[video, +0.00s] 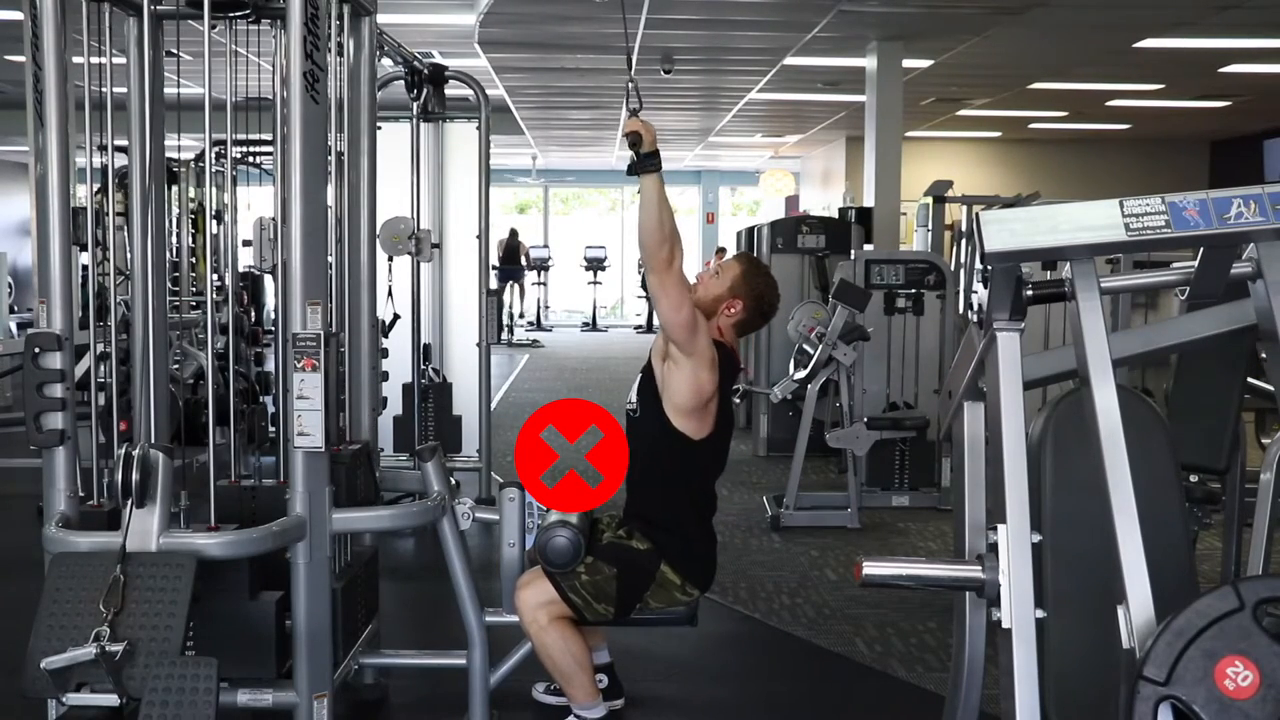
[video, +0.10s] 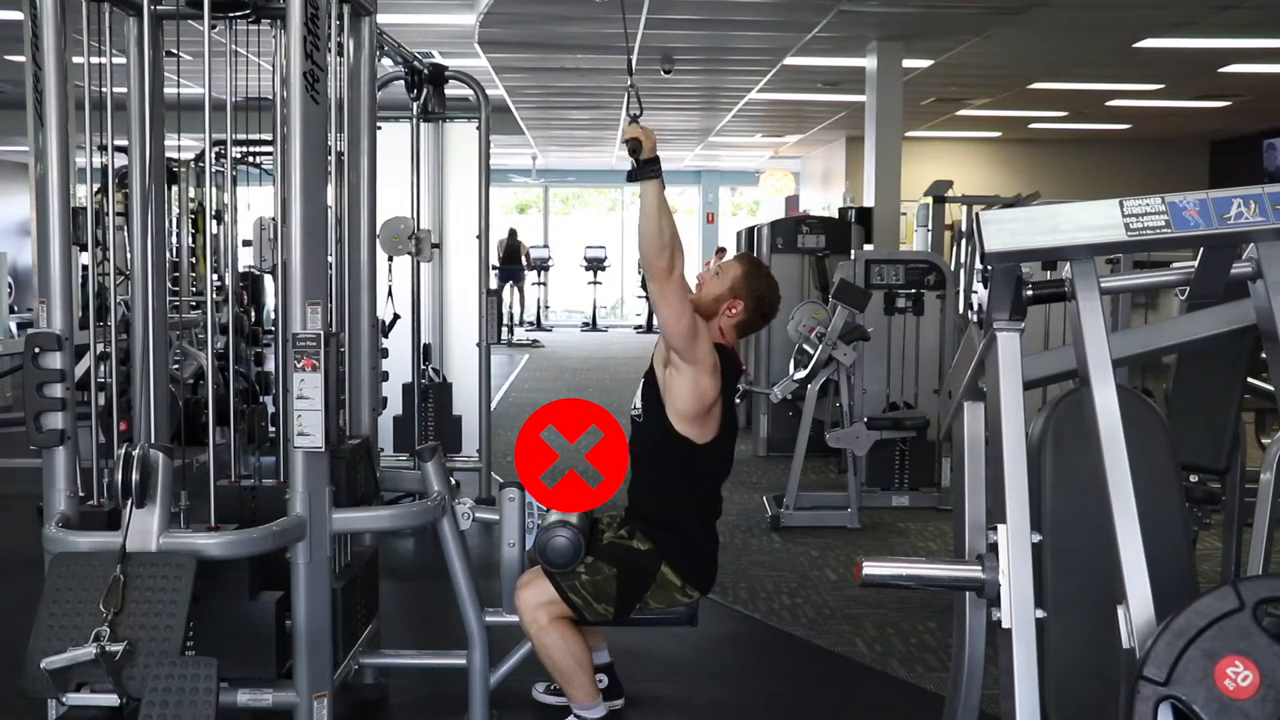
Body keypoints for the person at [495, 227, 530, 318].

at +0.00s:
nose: (514, 238)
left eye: (512, 235)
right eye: (515, 236)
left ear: (508, 234)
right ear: (517, 235)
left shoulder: (501, 243)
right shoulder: (521, 245)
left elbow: (499, 257)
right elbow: (527, 258)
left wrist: (502, 265)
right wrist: (529, 266)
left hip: (504, 270)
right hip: (517, 270)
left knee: (500, 291)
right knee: (521, 286)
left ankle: (499, 315)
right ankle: (521, 310)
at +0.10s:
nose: (513, 237)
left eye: (511, 234)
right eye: (514, 235)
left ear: (508, 234)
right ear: (517, 235)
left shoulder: (501, 243)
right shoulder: (521, 245)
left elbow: (499, 257)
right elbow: (528, 259)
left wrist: (501, 265)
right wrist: (529, 266)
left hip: (504, 270)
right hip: (518, 270)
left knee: (499, 292)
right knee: (521, 292)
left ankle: (499, 316)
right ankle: (521, 317)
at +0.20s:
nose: (511, 236)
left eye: (510, 234)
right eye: (512, 234)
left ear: (506, 234)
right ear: (515, 234)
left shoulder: (500, 243)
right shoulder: (521, 244)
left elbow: (499, 257)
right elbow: (527, 258)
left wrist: (501, 265)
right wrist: (528, 265)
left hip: (504, 270)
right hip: (517, 270)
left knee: (499, 286)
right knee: (520, 297)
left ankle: (499, 308)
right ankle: (521, 323)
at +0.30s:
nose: (509, 236)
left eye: (508, 234)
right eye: (511, 234)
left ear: (505, 234)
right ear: (514, 234)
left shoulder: (500, 243)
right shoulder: (520, 244)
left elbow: (498, 258)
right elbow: (528, 261)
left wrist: (501, 266)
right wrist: (525, 266)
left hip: (504, 271)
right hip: (517, 272)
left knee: (499, 281)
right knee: (520, 300)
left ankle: (500, 303)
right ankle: (521, 326)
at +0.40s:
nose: (509, 237)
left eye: (508, 234)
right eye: (510, 234)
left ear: (504, 235)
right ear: (513, 235)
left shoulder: (499, 243)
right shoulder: (519, 244)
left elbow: (498, 258)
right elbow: (527, 260)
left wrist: (501, 266)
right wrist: (524, 267)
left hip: (503, 271)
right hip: (516, 271)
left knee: (500, 284)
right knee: (520, 298)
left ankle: (500, 305)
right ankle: (520, 324)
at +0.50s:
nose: (509, 237)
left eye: (508, 235)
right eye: (510, 235)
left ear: (504, 235)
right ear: (513, 235)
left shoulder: (499, 243)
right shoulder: (518, 244)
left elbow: (498, 258)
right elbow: (527, 259)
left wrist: (500, 266)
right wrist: (524, 266)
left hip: (503, 271)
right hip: (516, 270)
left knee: (501, 288)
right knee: (521, 296)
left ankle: (501, 311)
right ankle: (520, 320)